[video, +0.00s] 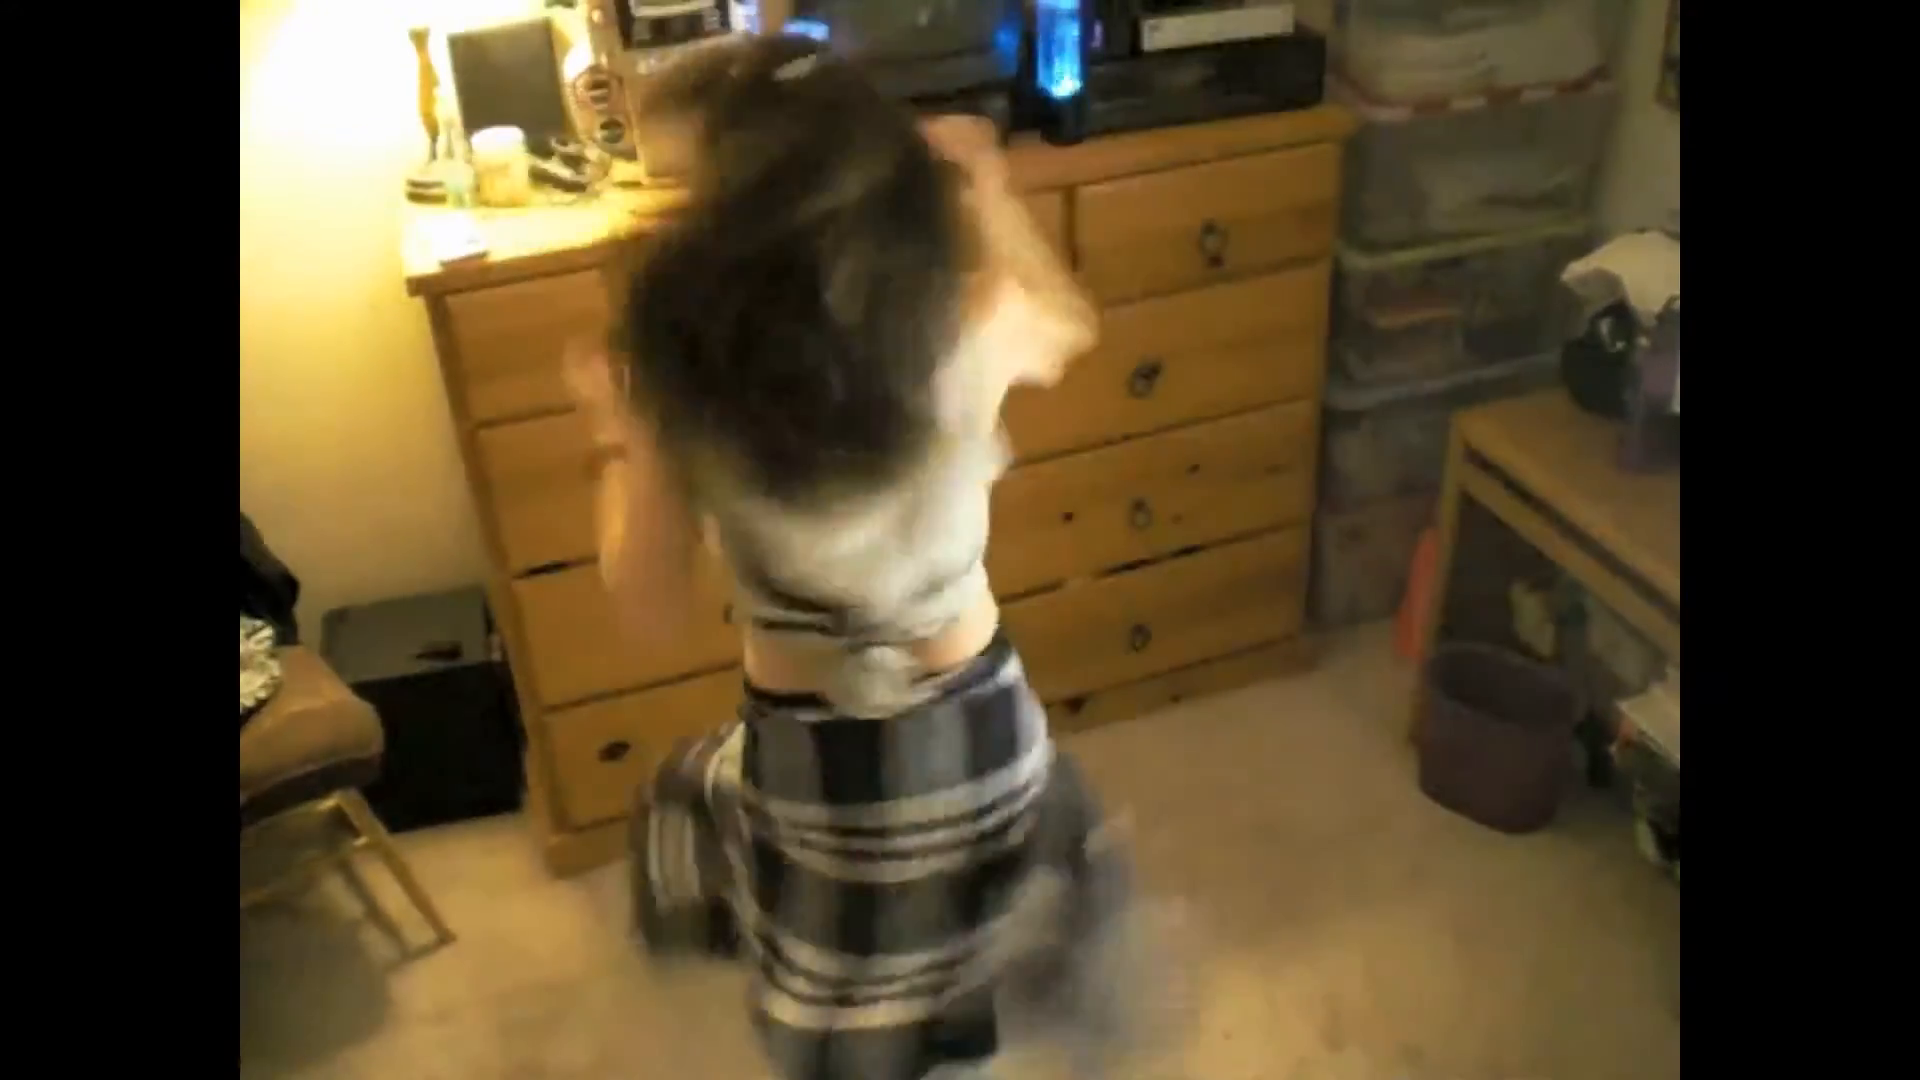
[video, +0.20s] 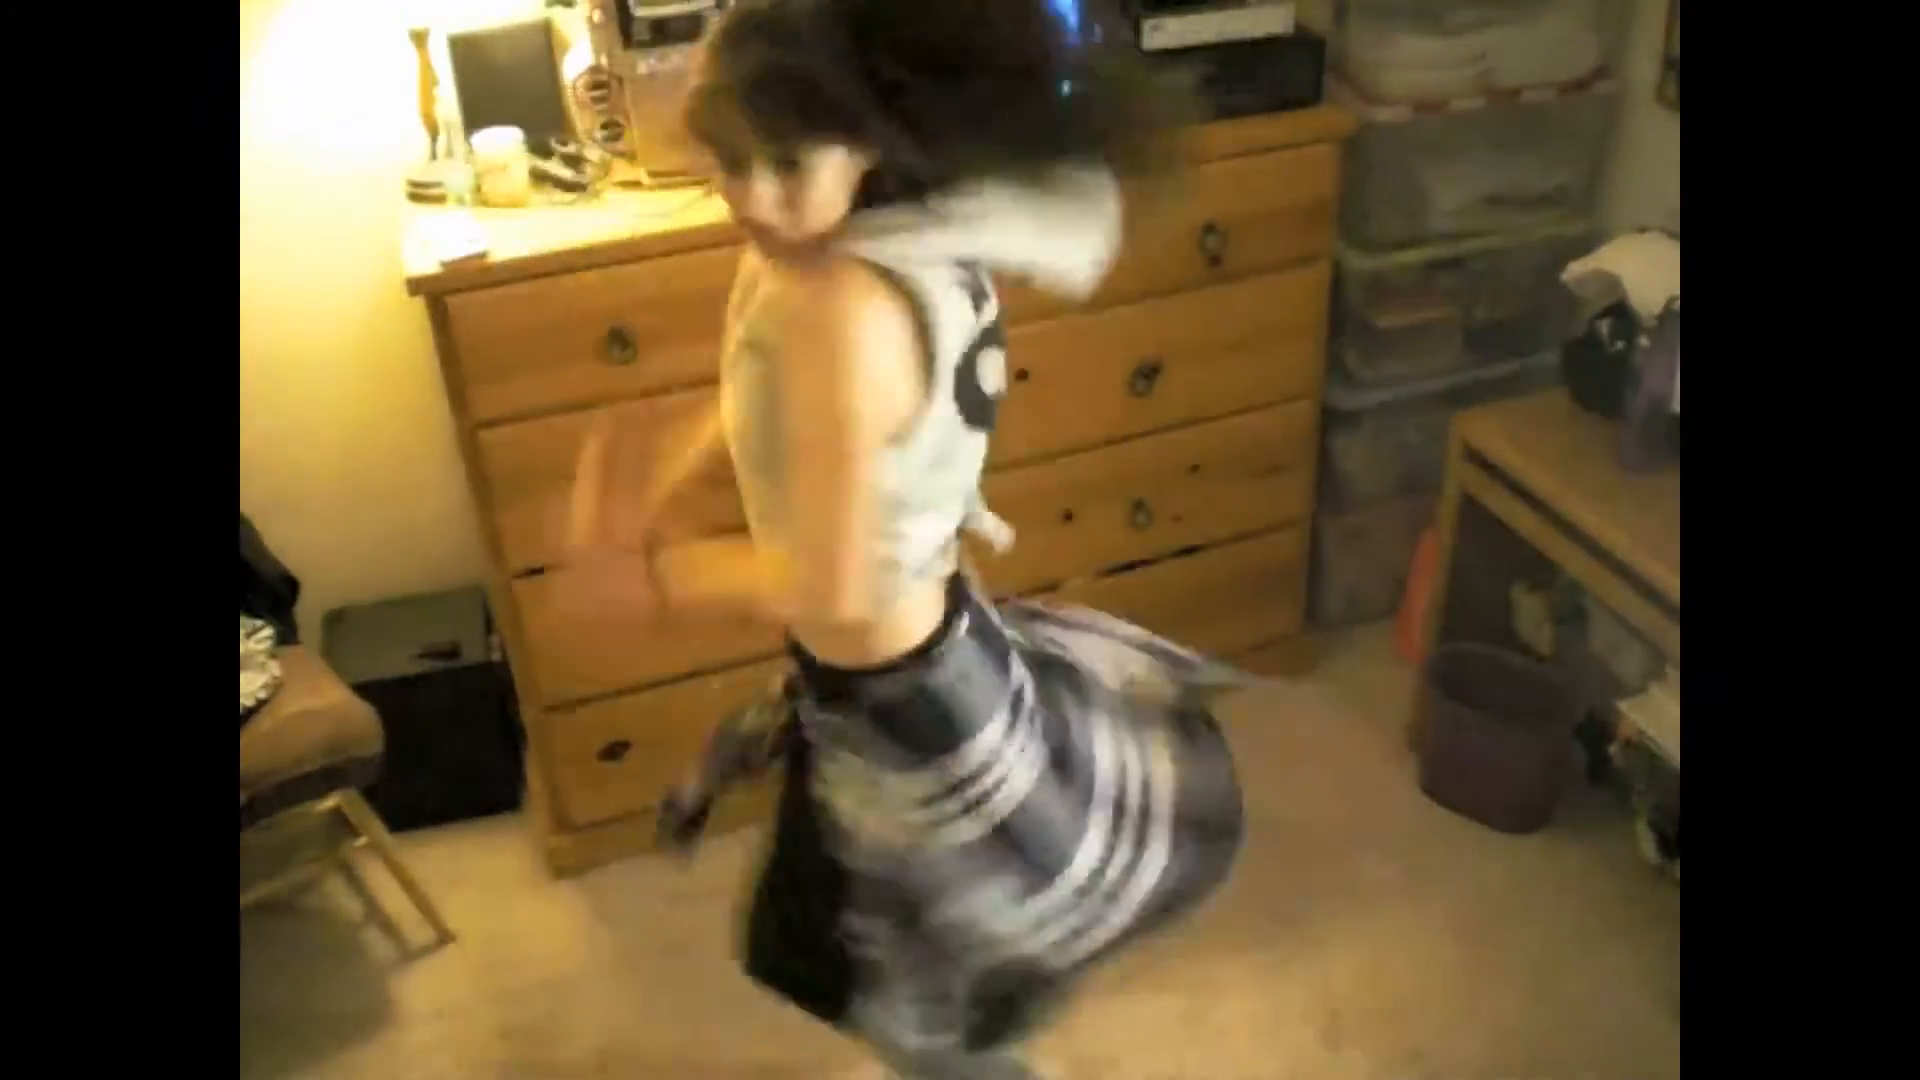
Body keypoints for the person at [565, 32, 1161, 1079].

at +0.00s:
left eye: (675, 177)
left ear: (722, 208)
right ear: (896, 190)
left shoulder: (684, 364)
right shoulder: (961, 333)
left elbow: (650, 606)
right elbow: (1061, 319)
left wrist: (625, 440)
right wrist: (992, 192)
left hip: (806, 749)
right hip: (975, 725)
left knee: (834, 1026)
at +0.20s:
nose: (754, 197)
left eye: (788, 163)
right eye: (732, 165)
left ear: (867, 146)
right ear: (710, 150)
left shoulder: (841, 314)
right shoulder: (775, 251)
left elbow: (832, 593)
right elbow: (764, 396)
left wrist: (661, 574)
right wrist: (656, 479)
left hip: (903, 705)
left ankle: (964, 1054)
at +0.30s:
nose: (807, 246)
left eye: (832, 207)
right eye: (772, 214)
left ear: (879, 196)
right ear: (731, 213)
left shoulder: (932, 338)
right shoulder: (722, 282)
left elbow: (923, 637)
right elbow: (701, 478)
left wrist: (791, 771)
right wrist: (669, 680)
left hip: (929, 723)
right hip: (798, 706)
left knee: (900, 991)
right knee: (814, 940)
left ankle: (1023, 1056)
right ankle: (906, 1048)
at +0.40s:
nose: (830, 276)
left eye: (846, 234)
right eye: (787, 250)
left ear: (880, 215)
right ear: (736, 256)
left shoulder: (955, 323)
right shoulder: (690, 352)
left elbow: (1008, 549)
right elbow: (697, 563)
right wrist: (718, 757)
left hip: (950, 725)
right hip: (790, 734)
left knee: (974, 991)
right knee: (819, 993)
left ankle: (1024, 1063)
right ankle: (889, 1058)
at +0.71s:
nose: (828, 298)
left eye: (812, 257)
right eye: (782, 304)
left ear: (827, 231)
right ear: (737, 347)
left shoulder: (912, 283)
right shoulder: (776, 448)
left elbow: (977, 457)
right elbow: (877, 646)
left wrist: (1001, 641)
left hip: (959, 704)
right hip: (828, 749)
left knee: (1005, 1010)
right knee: (863, 1051)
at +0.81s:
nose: (771, 310)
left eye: (747, 272)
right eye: (730, 333)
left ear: (765, 240)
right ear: (713, 387)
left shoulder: (892, 276)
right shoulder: (754, 472)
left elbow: (973, 447)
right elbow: (987, 625)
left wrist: (985, 643)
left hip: (943, 710)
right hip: (809, 739)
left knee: (999, 1007)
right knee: (807, 1046)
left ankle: (996, 1066)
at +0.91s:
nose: (720, 316)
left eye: (703, 271)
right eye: (673, 332)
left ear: (739, 245)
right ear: (662, 379)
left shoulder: (882, 291)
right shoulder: (715, 468)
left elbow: (962, 461)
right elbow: (902, 615)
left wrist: (961, 642)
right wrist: (753, 442)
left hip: (909, 721)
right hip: (770, 750)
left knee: (1012, 994)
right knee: (768, 1046)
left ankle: (1002, 1072)